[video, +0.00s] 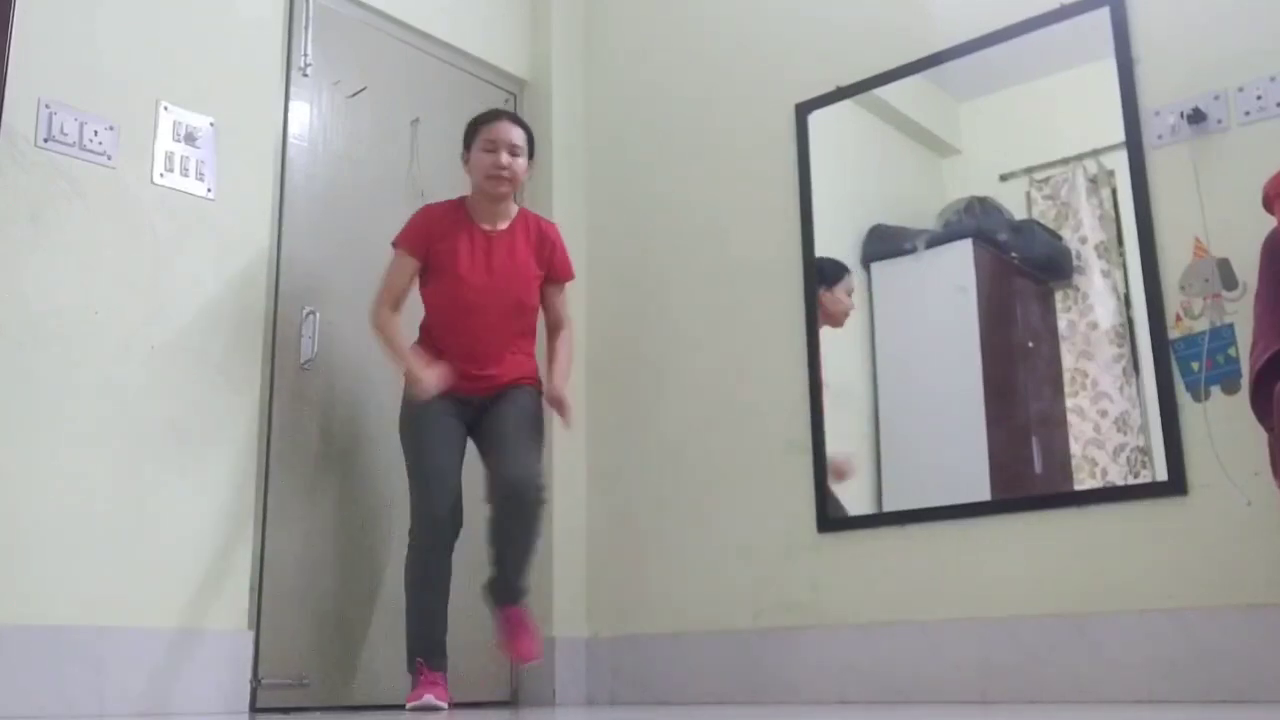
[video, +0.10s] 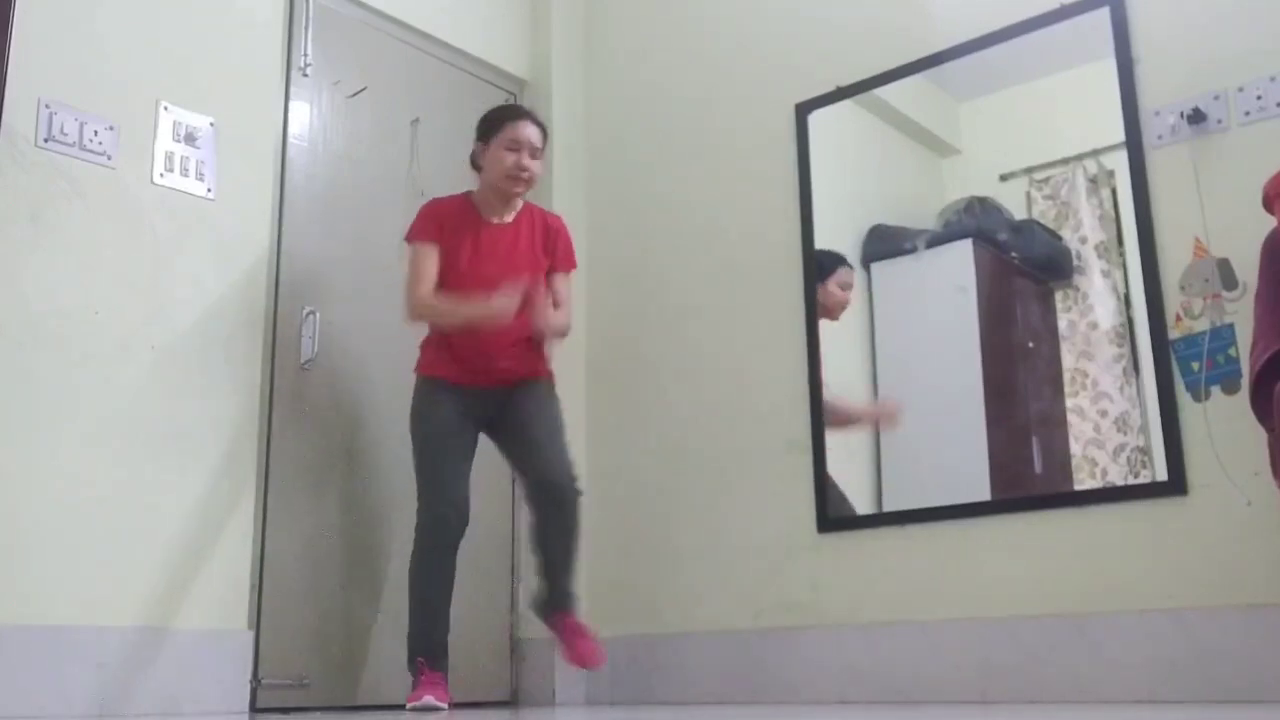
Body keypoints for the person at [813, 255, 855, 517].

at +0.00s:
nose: (852, 305)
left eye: (851, 295)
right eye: (847, 294)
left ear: (825, 295)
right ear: (823, 294)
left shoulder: (809, 340)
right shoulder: (803, 342)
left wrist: (823, 463)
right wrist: (824, 464)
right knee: (838, 520)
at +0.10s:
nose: (849, 298)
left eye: (850, 290)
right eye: (843, 288)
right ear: (817, 286)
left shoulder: (809, 327)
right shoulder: (805, 328)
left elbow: (816, 410)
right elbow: (816, 407)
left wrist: (868, 414)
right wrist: (869, 414)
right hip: (797, 461)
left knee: (846, 520)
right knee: (845, 519)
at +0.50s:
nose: (874, 277)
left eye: (879, 270)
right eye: (865, 265)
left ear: (883, 272)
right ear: (837, 264)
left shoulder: (829, 301)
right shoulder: (832, 291)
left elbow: (854, 393)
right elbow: (862, 365)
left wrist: (917, 401)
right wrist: (927, 394)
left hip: (814, 441)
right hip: (805, 441)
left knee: (836, 528)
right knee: (835, 528)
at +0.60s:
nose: (883, 276)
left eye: (888, 269)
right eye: (875, 264)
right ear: (846, 260)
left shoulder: (829, 294)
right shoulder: (841, 290)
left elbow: (840, 395)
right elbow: (861, 371)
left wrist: (870, 461)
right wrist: (889, 447)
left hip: (815, 435)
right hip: (807, 434)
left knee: (836, 520)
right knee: (837, 519)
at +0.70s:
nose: (892, 273)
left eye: (897, 266)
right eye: (884, 260)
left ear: (903, 267)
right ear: (855, 257)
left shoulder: (831, 287)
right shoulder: (850, 285)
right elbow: (837, 355)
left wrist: (831, 431)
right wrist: (832, 430)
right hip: (818, 433)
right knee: (837, 521)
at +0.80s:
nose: (897, 272)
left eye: (903, 265)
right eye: (890, 260)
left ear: (908, 266)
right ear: (860, 254)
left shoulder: (831, 282)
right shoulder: (858, 281)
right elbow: (829, 318)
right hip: (819, 419)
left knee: (840, 511)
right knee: (839, 512)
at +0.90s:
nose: (898, 273)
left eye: (903, 266)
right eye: (891, 261)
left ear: (908, 267)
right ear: (861, 255)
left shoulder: (835, 281)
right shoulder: (859, 281)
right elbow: (823, 309)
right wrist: (806, 369)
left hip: (824, 414)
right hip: (823, 414)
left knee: (835, 506)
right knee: (838, 508)